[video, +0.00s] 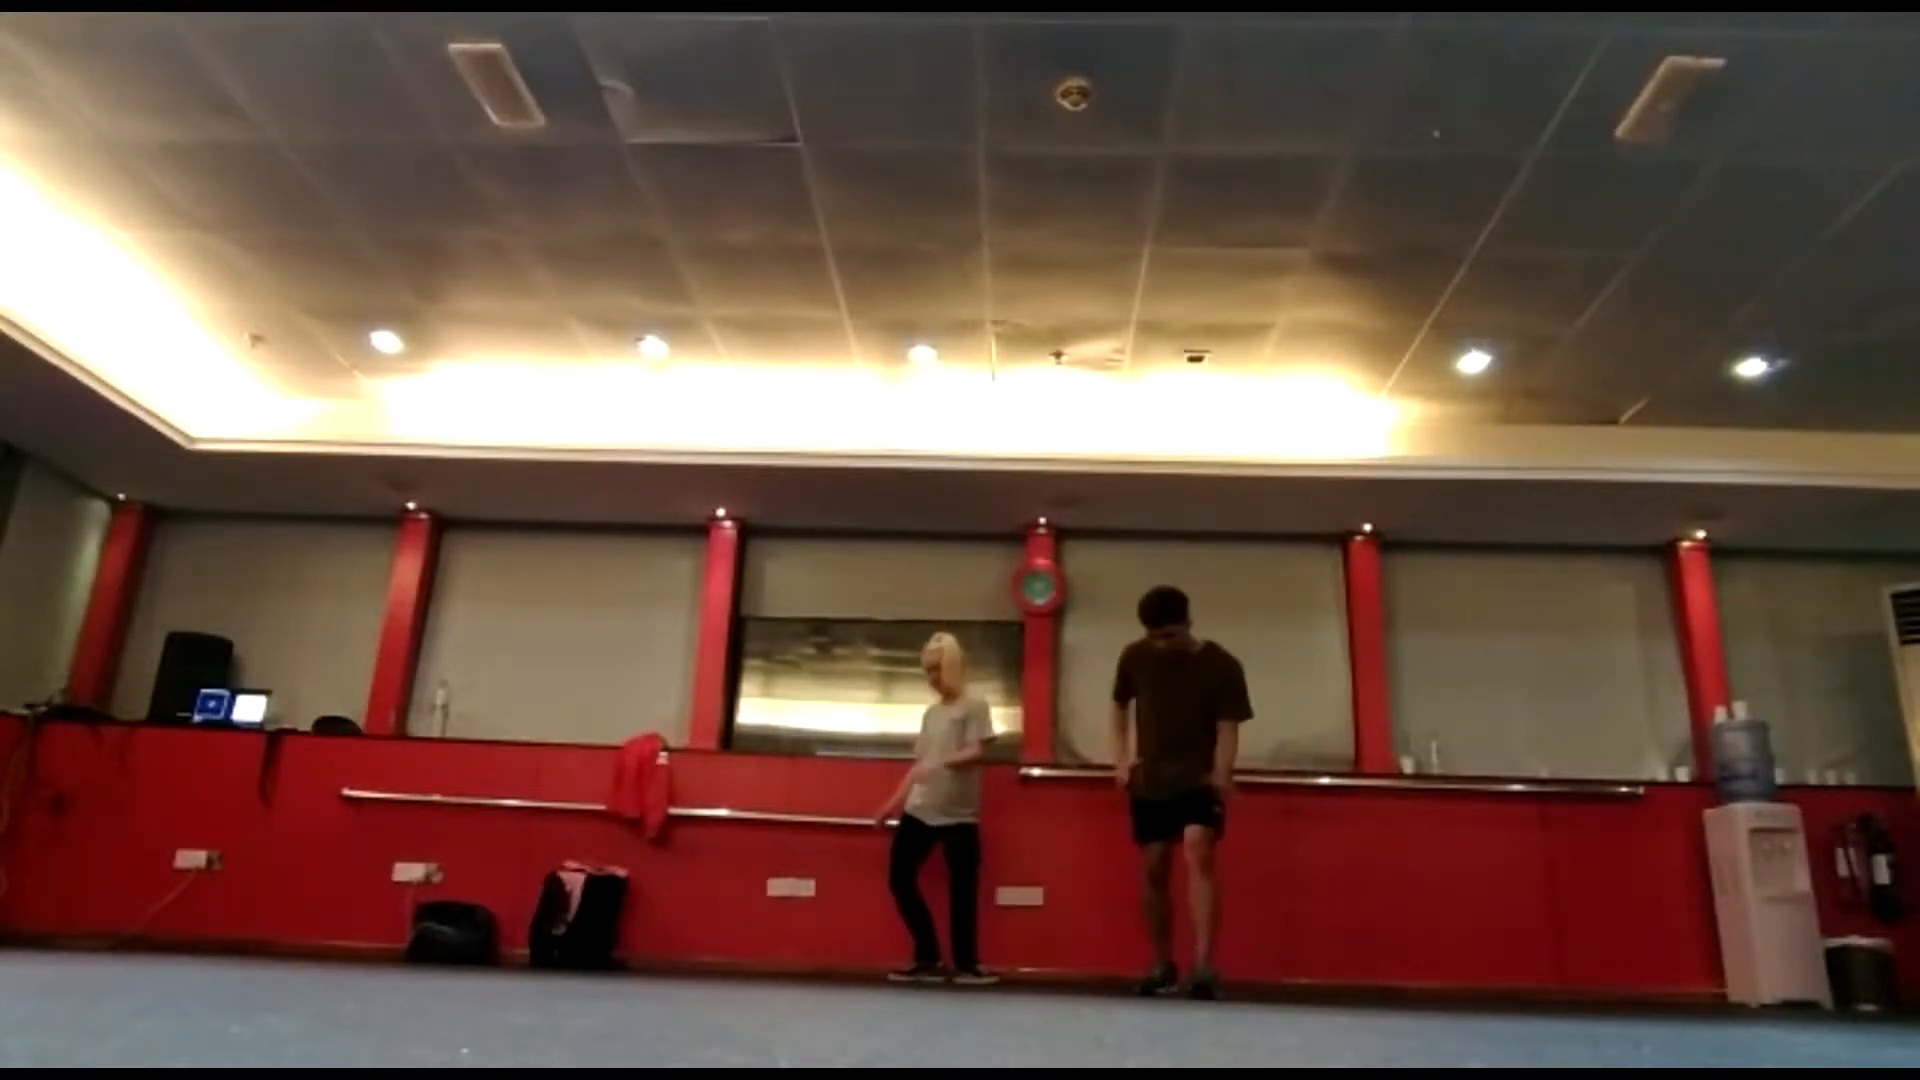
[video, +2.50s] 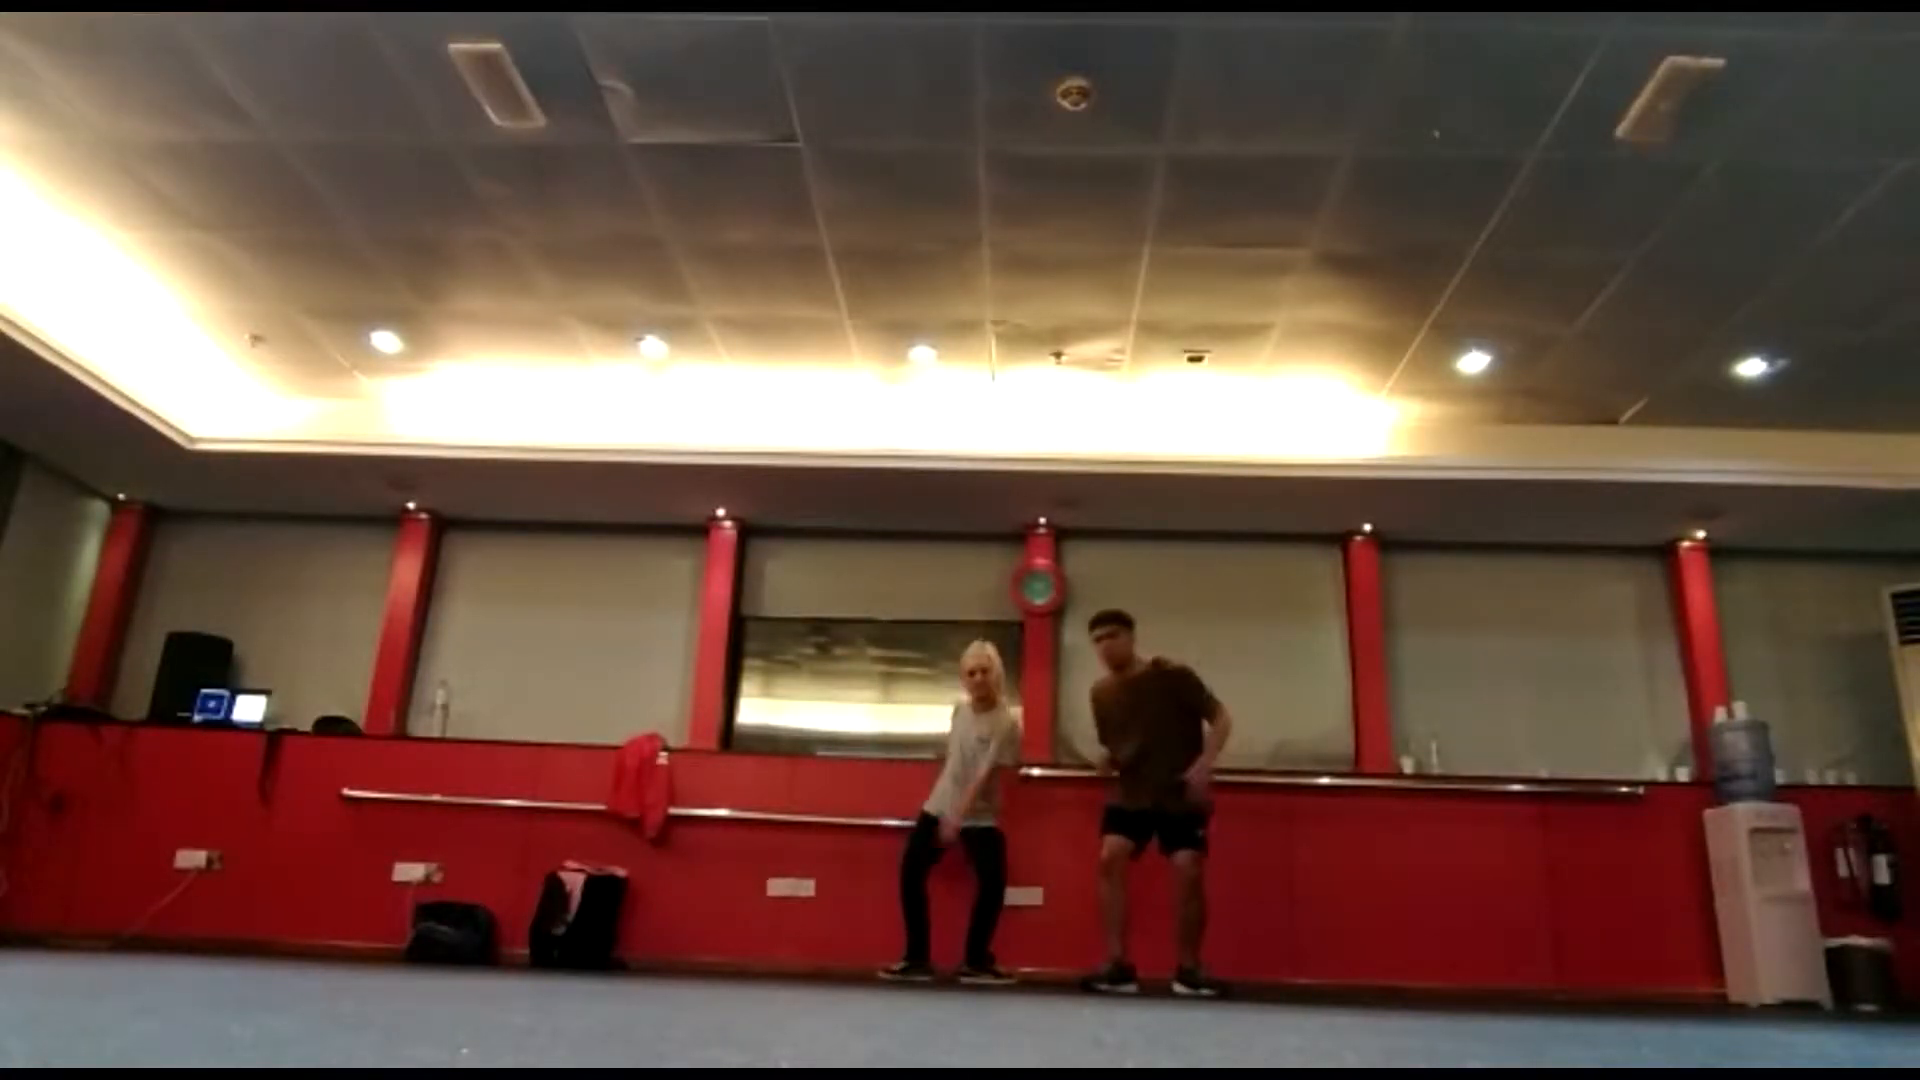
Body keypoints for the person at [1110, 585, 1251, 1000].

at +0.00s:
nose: (1163, 644)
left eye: (1170, 635)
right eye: (1156, 636)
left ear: (1186, 624)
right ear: (1146, 630)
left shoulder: (1219, 663)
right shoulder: (1136, 657)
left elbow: (1228, 726)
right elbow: (1120, 707)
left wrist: (1222, 777)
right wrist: (1122, 757)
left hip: (1199, 778)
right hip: (1151, 778)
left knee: (1198, 853)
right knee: (1154, 867)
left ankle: (1203, 963)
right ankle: (1161, 962)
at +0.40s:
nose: (1116, 653)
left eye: (1113, 643)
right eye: (1109, 646)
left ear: (1130, 625)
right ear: (1130, 629)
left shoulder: (1177, 656)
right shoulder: (1161, 661)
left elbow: (1179, 716)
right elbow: (1169, 725)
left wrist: (1144, 773)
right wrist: (1151, 773)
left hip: (1189, 779)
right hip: (1166, 780)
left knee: (1170, 856)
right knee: (1149, 859)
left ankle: (1198, 968)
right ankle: (1173, 963)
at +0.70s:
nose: (1101, 671)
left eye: (1097, 662)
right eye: (1094, 667)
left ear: (1110, 642)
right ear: (1104, 652)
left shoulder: (1170, 662)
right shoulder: (1132, 684)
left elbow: (1195, 715)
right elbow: (1152, 744)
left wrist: (1151, 766)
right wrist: (1125, 720)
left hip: (1197, 773)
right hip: (1160, 778)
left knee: (1188, 852)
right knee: (1141, 859)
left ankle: (1204, 969)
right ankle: (1170, 964)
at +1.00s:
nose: (1137, 655)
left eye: (1142, 645)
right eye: (1128, 647)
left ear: (1153, 637)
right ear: (1117, 644)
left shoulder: (1185, 664)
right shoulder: (1108, 680)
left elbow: (1233, 699)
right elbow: (1108, 733)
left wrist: (1185, 701)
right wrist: (1131, 684)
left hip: (1194, 779)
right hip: (1142, 782)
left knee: (1214, 862)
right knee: (1128, 861)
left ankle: (1203, 955)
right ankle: (1170, 962)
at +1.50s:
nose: (1211, 655)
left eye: (1217, 648)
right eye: (1208, 645)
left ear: (1222, 644)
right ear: (1193, 633)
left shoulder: (1214, 673)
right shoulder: (1151, 662)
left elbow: (1223, 718)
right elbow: (1115, 705)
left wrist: (1238, 727)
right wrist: (1165, 709)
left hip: (1197, 786)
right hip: (1155, 785)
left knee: (1197, 869)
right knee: (1158, 863)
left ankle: (1188, 965)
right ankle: (1155, 961)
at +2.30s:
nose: (1144, 639)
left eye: (1150, 629)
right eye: (1137, 632)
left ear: (1169, 630)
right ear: (1131, 639)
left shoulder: (1204, 681)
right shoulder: (1135, 684)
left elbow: (1235, 738)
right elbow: (1118, 734)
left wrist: (1247, 728)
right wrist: (1123, 704)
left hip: (1194, 796)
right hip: (1145, 794)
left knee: (1194, 870)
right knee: (1120, 860)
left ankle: (1189, 969)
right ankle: (1120, 963)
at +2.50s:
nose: (1107, 647)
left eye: (1112, 637)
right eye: (1099, 641)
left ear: (1131, 638)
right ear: (1094, 648)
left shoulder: (1173, 677)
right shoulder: (1103, 693)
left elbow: (1220, 719)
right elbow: (1111, 746)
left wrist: (1204, 766)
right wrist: (1110, 765)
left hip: (1179, 790)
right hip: (1132, 792)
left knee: (1188, 867)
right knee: (1110, 858)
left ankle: (1189, 967)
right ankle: (1118, 962)